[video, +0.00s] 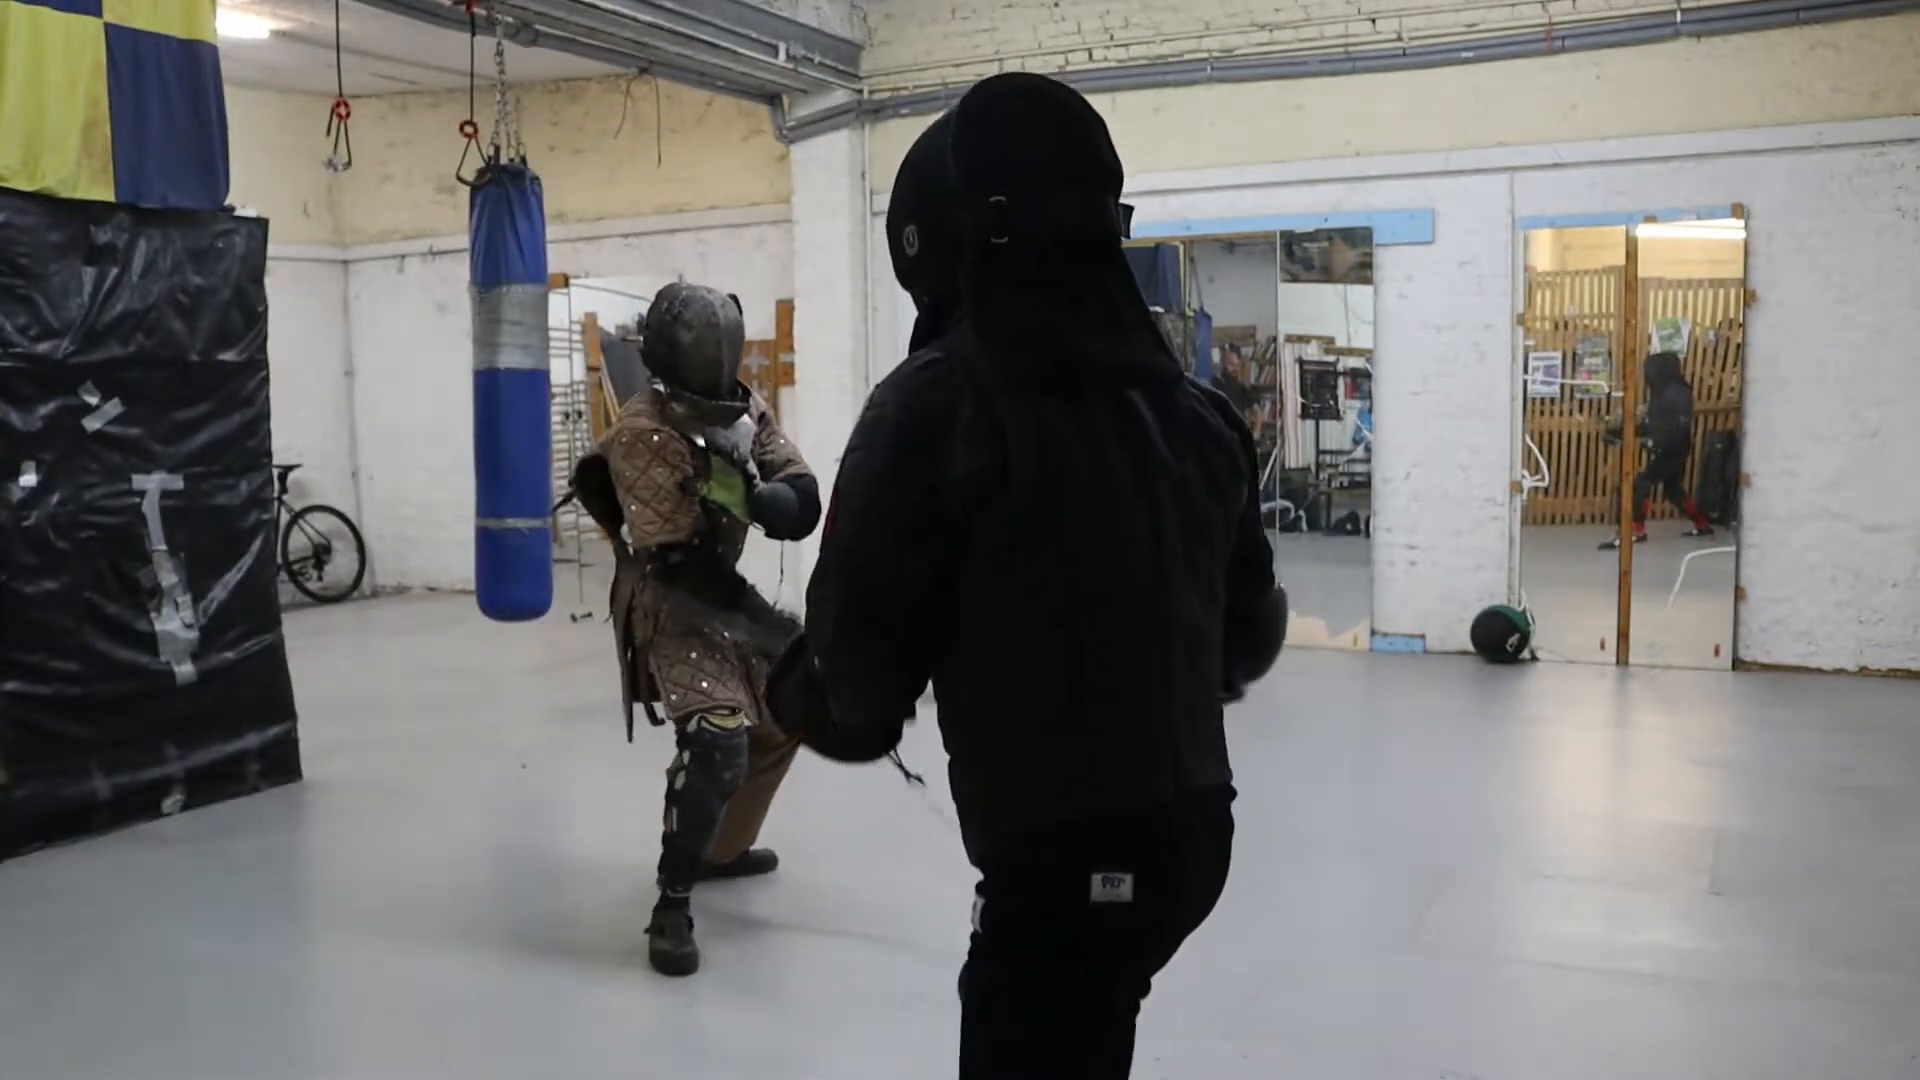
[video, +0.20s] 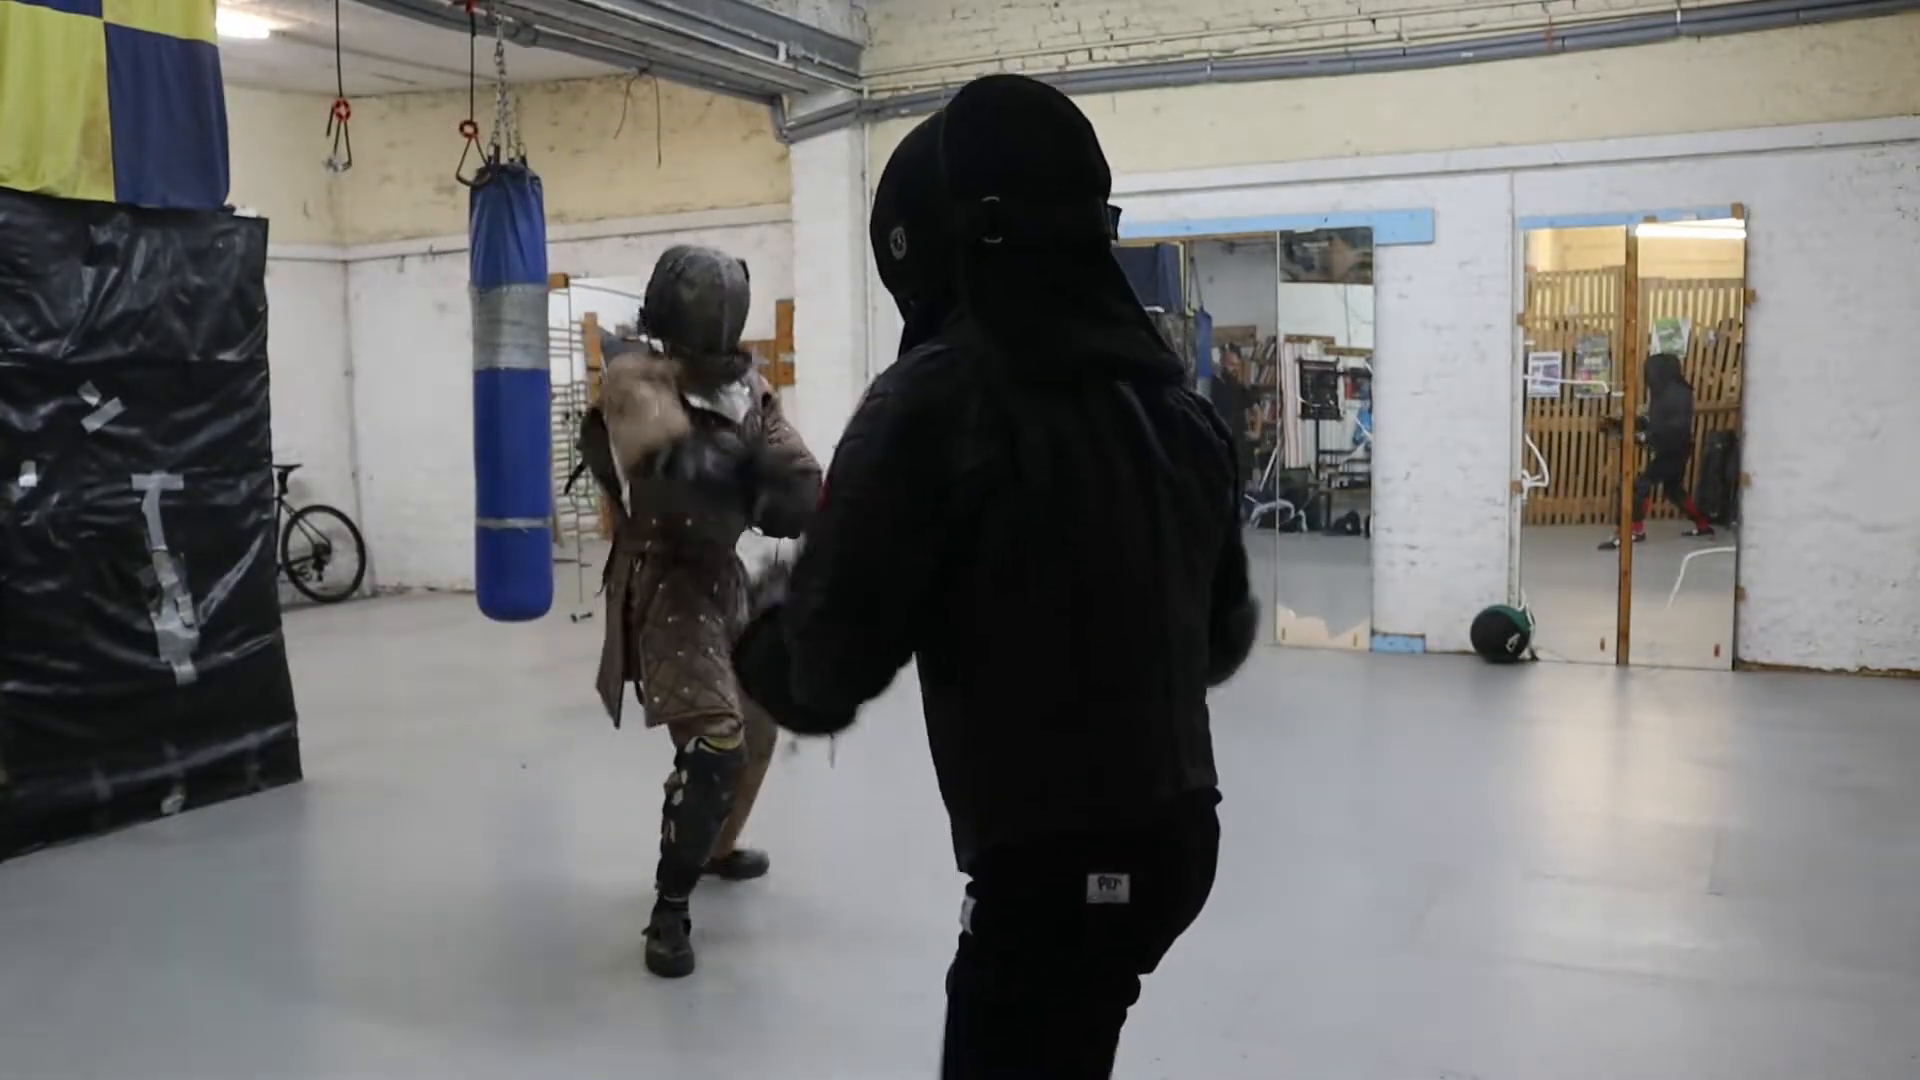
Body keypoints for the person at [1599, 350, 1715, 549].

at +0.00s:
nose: (1647, 377)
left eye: (1650, 372)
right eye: (1647, 372)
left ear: (1660, 373)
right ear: (1671, 371)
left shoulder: (1669, 393)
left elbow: (1664, 427)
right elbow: (1657, 423)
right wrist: (1632, 429)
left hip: (1669, 449)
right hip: (1676, 447)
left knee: (1641, 484)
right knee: (1672, 489)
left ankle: (1635, 529)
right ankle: (1702, 525)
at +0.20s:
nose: (1647, 379)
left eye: (1650, 373)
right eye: (1647, 373)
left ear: (1660, 373)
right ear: (1672, 371)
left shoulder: (1672, 392)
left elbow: (1674, 428)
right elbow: (1658, 420)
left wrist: (1648, 436)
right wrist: (1639, 423)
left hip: (1671, 448)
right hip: (1676, 447)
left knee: (1641, 484)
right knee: (1673, 489)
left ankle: (1634, 529)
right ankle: (1702, 525)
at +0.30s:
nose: (1647, 378)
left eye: (1650, 373)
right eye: (1648, 372)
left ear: (1660, 374)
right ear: (1672, 372)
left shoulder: (1667, 395)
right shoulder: (1678, 391)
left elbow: (1651, 426)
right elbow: (1651, 423)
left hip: (1669, 449)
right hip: (1676, 447)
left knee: (1641, 482)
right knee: (1666, 486)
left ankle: (1634, 529)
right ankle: (1701, 514)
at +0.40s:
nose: (1648, 376)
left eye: (1652, 371)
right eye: (1649, 371)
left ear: (1662, 374)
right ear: (1673, 374)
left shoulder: (1666, 397)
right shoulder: (1679, 394)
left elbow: (1642, 416)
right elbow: (1645, 415)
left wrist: (1613, 413)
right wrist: (1617, 413)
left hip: (1667, 451)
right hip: (1678, 449)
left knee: (1639, 484)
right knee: (1667, 486)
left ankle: (1632, 530)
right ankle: (1705, 513)